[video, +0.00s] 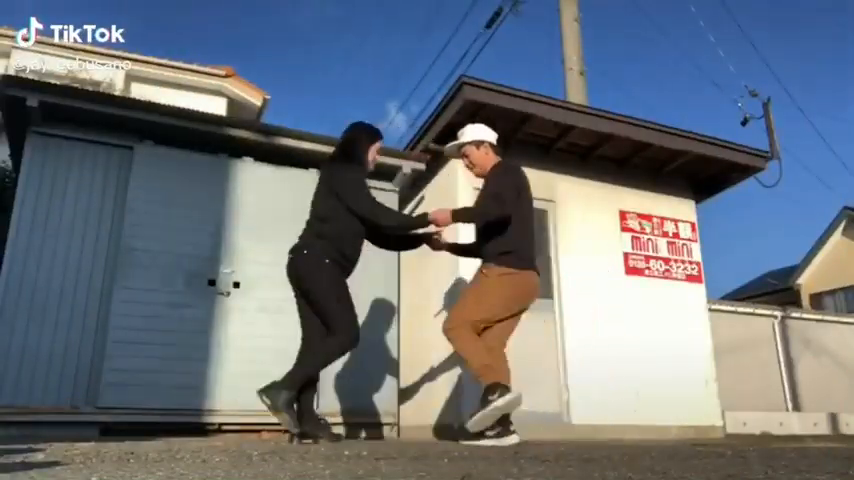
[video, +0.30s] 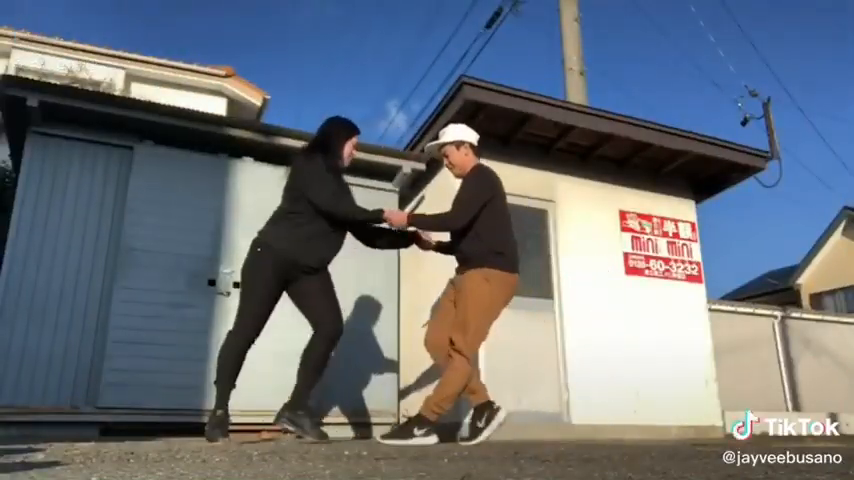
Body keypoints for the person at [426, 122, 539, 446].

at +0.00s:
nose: (465, 163)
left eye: (466, 155)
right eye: (462, 158)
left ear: (484, 147)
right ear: (486, 151)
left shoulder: (503, 174)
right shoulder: (508, 182)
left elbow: (493, 212)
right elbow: (486, 248)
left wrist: (453, 215)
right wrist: (446, 246)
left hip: (505, 272)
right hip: (522, 277)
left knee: (457, 325)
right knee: (491, 345)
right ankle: (500, 426)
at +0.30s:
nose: (446, 162)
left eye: (447, 155)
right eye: (443, 157)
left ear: (465, 148)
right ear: (460, 151)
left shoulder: (481, 177)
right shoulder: (476, 184)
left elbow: (456, 221)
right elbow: (467, 246)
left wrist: (407, 219)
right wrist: (433, 245)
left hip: (490, 273)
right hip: (471, 273)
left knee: (463, 347)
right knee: (437, 339)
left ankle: (426, 420)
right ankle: (483, 405)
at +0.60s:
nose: (450, 158)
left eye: (451, 150)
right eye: (447, 153)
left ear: (469, 141)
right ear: (463, 147)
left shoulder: (497, 165)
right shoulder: (468, 186)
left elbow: (511, 208)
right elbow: (442, 231)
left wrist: (466, 210)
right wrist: (401, 213)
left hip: (495, 264)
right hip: (483, 265)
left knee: (454, 334)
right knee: (465, 338)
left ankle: (437, 416)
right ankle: (490, 416)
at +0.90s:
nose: (472, 155)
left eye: (473, 147)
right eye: (470, 150)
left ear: (492, 140)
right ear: (484, 145)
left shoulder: (518, 168)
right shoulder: (491, 186)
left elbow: (535, 211)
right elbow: (476, 234)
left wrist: (489, 217)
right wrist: (434, 229)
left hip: (532, 267)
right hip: (503, 272)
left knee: (528, 343)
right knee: (491, 343)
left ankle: (563, 419)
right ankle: (496, 421)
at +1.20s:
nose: (503, 144)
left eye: (507, 137)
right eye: (501, 140)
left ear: (526, 137)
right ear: (516, 142)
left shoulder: (543, 168)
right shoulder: (518, 188)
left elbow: (518, 171)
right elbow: (525, 236)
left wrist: (484, 142)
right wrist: (509, 228)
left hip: (567, 265)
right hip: (549, 270)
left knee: (560, 343)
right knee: (551, 347)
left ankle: (569, 425)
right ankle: (617, 399)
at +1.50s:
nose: (517, 136)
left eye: (524, 132)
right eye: (518, 131)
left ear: (541, 139)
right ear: (527, 137)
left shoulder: (542, 159)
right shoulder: (527, 185)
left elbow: (502, 141)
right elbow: (529, 240)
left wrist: (458, 115)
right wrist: (502, 248)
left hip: (569, 266)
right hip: (564, 269)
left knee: (540, 340)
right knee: (581, 345)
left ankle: (544, 423)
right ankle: (640, 411)